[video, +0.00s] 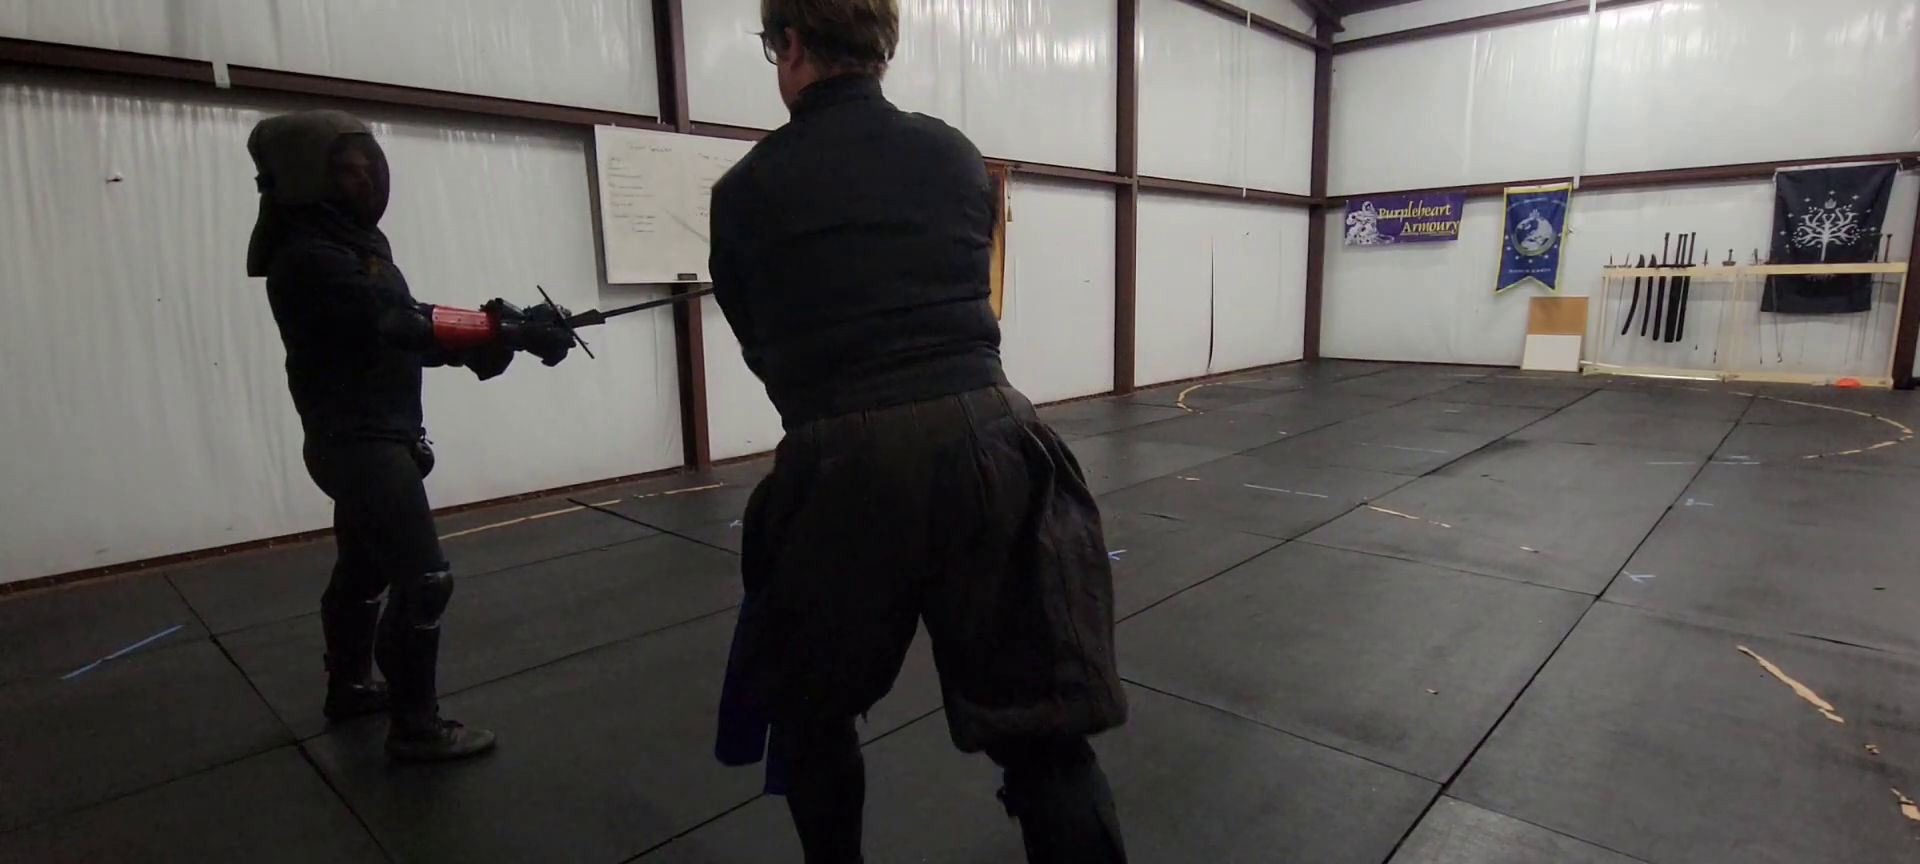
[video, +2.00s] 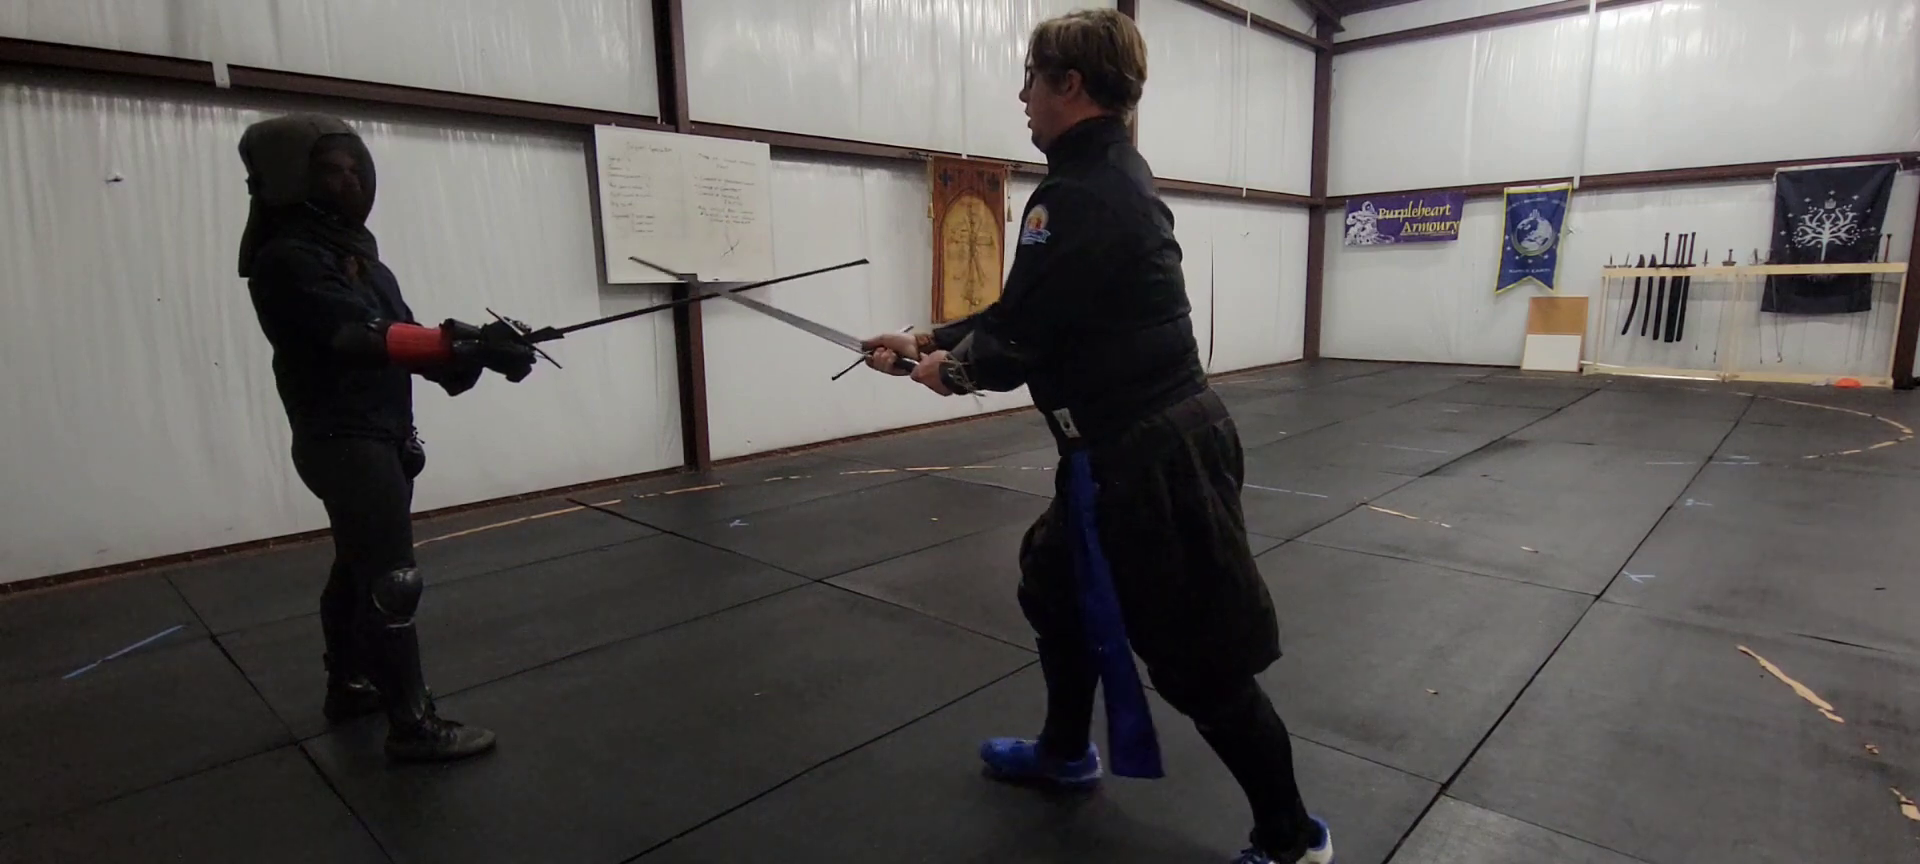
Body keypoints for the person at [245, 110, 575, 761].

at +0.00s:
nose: (377, 178)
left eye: (376, 166)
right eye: (360, 168)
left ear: (373, 173)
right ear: (320, 180)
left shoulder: (356, 244)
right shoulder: (308, 257)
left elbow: (403, 323)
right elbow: (391, 323)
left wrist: (485, 338)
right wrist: (504, 327)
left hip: (382, 440)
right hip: (359, 446)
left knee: (360, 574)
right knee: (422, 583)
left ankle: (350, 690)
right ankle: (416, 728)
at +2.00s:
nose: (355, 182)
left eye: (360, 170)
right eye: (339, 170)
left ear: (365, 180)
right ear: (304, 181)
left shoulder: (353, 248)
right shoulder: (286, 255)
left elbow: (393, 329)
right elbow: (349, 336)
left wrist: (459, 353)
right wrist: (464, 346)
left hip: (380, 436)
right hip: (341, 442)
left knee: (359, 568)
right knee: (392, 581)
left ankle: (349, 687)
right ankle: (411, 724)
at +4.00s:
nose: (392, 182)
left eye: (394, 170)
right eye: (378, 172)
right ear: (342, 179)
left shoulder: (365, 242)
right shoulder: (327, 255)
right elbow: (364, 352)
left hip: (381, 434)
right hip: (359, 441)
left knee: (363, 560)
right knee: (392, 565)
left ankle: (352, 682)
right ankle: (411, 712)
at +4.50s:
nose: (448, 202)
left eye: (448, 187)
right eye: (440, 188)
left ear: (365, 190)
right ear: (411, 192)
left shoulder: (331, 264)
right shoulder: (399, 268)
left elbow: (333, 370)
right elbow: (447, 366)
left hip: (349, 443)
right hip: (393, 449)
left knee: (373, 571)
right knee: (462, 579)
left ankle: (350, 688)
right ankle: (442, 722)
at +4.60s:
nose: (455, 200)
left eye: (456, 187)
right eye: (446, 188)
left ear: (371, 191)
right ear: (411, 193)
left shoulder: (327, 267)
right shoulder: (412, 270)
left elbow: (333, 365)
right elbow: (481, 361)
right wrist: (574, 399)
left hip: (347, 449)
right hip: (401, 456)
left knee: (367, 569)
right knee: (465, 580)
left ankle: (349, 688)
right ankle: (443, 721)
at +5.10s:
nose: (448, 195)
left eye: (447, 182)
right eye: (438, 183)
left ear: (361, 187)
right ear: (404, 190)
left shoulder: (320, 264)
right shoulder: (404, 266)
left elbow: (375, 349)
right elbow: (452, 353)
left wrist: (467, 336)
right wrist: (497, 345)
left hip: (345, 445)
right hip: (398, 452)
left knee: (362, 569)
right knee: (462, 577)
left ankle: (348, 692)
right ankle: (444, 723)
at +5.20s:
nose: (444, 193)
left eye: (442, 180)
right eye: (435, 180)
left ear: (355, 186)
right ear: (405, 188)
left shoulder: (315, 264)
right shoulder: (400, 266)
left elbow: (384, 348)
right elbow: (459, 345)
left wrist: (467, 344)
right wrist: (503, 337)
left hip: (343, 447)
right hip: (398, 452)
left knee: (362, 570)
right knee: (460, 579)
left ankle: (349, 691)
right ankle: (444, 721)